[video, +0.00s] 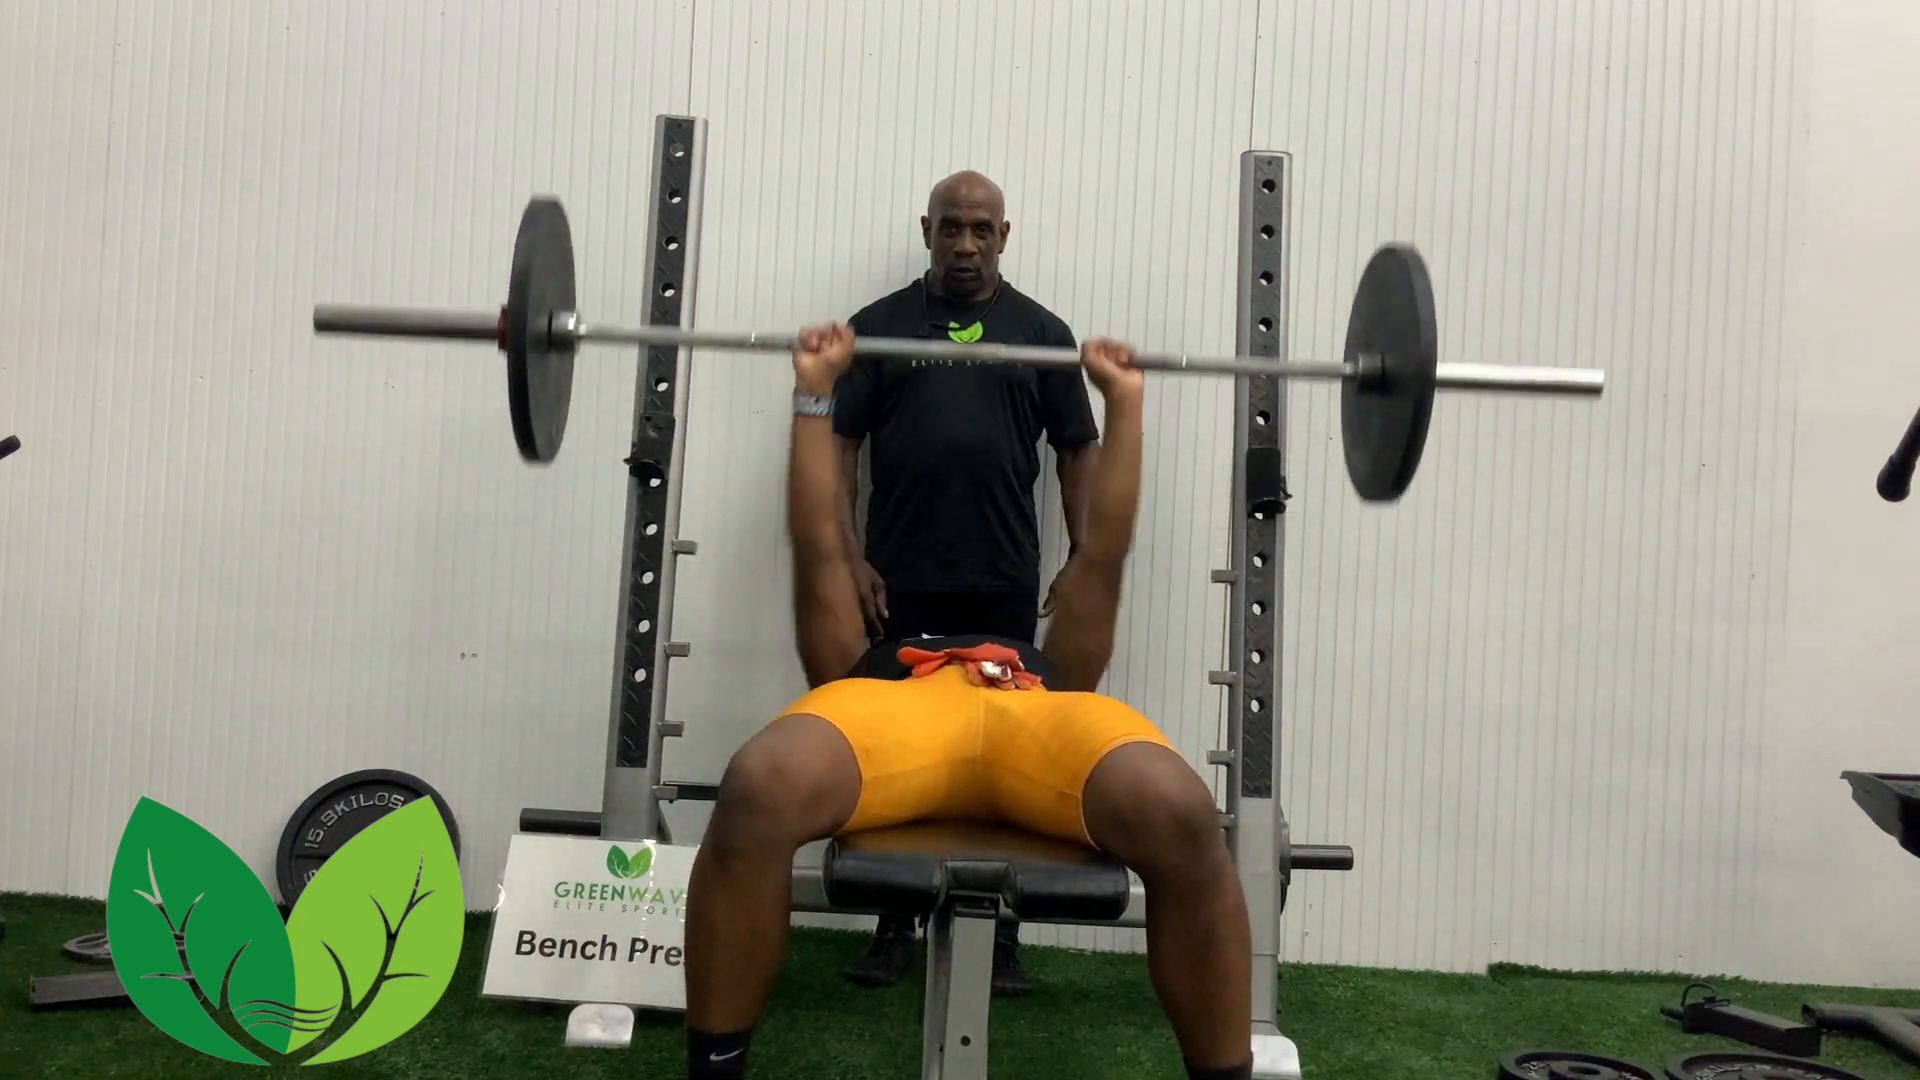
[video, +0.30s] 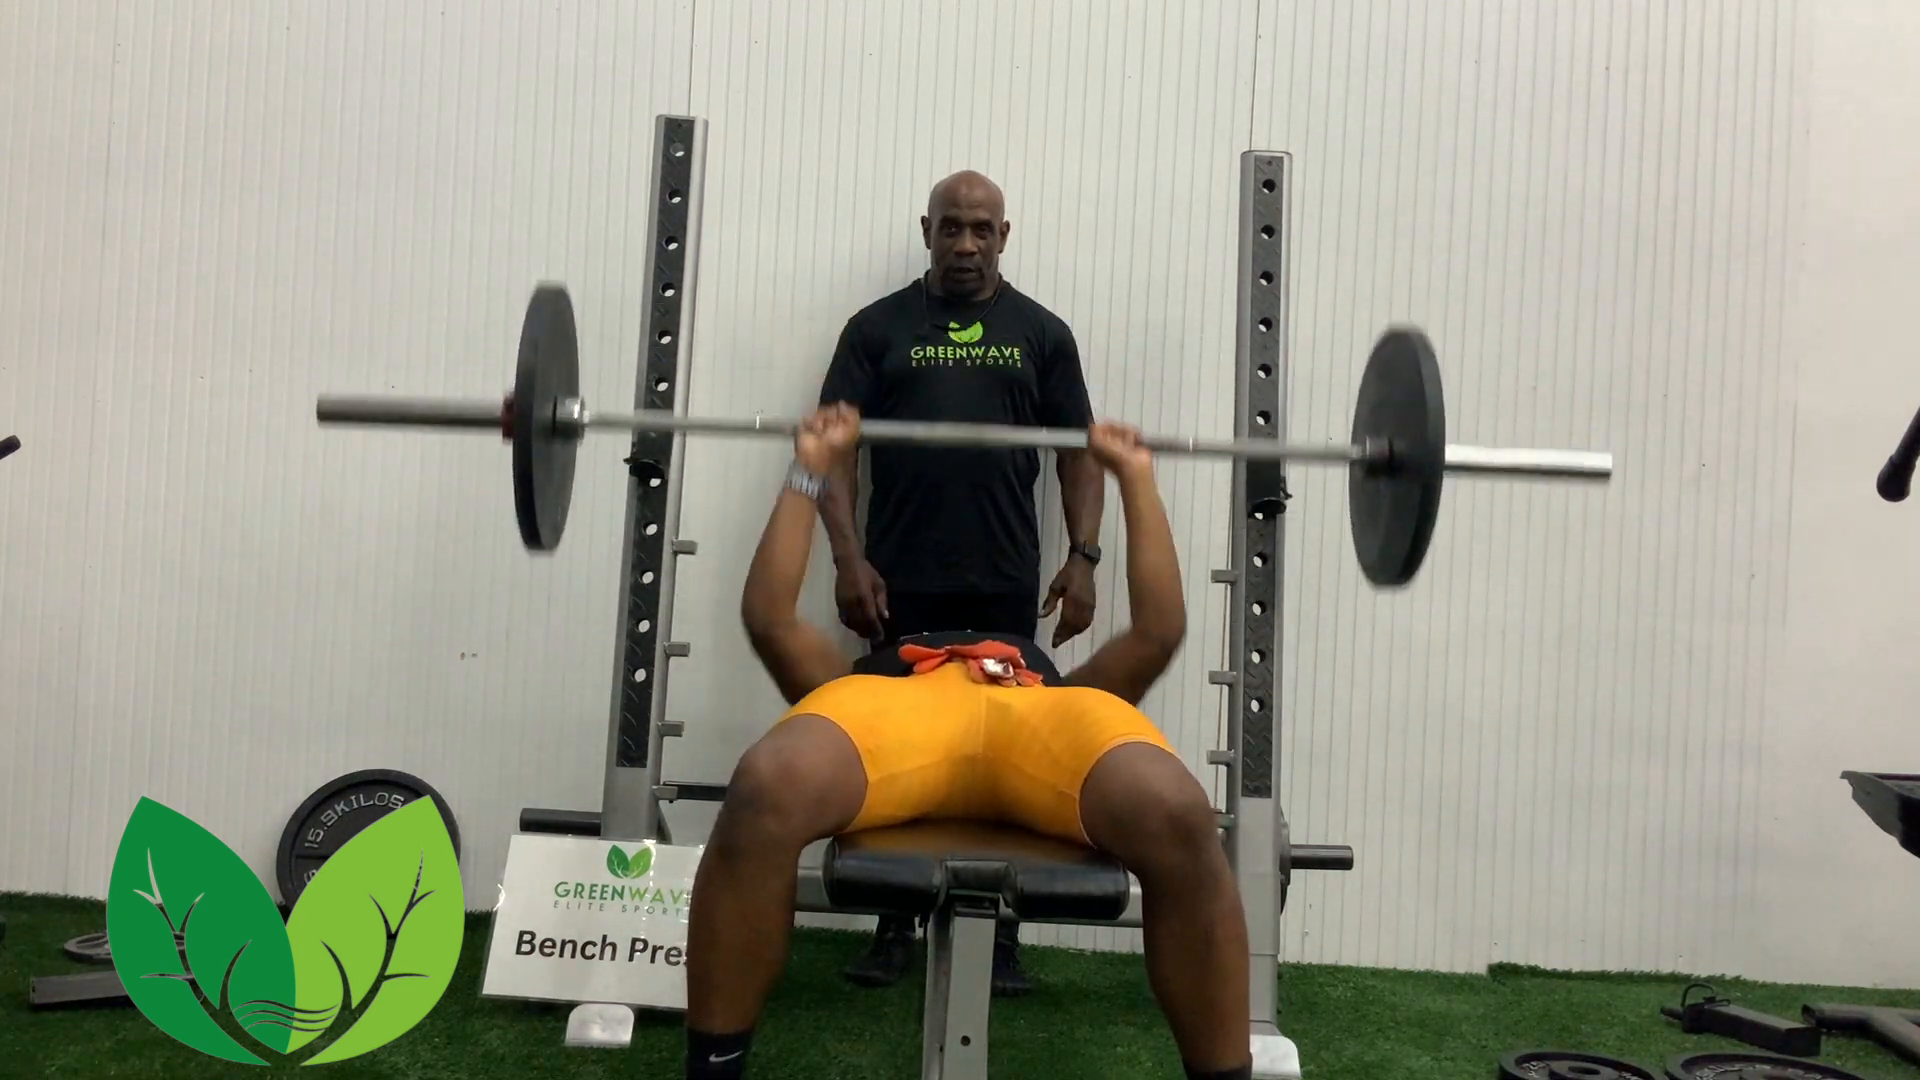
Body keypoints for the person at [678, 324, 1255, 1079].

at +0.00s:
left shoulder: (1058, 684)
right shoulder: (858, 671)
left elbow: (1102, 554)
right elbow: (820, 539)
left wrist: (1125, 398)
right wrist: (813, 395)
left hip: (1045, 711)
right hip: (889, 702)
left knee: (1181, 814)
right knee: (756, 787)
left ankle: (1227, 1073)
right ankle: (714, 1069)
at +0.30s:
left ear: (1032, 676)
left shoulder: (1064, 690)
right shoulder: (864, 679)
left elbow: (1158, 629)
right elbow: (770, 614)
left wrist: (1137, 475)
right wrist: (806, 471)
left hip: (1042, 708)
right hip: (886, 698)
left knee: (1183, 820)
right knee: (764, 788)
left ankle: (1226, 1071)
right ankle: (713, 1062)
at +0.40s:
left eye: (1001, 656)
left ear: (1019, 662)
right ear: (915, 657)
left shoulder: (1058, 691)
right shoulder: (874, 680)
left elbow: (1171, 703)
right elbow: (755, 685)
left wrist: (1136, 552)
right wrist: (805, 547)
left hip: (1041, 704)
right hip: (895, 696)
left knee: (1179, 822)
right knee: (758, 792)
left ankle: (1224, 1069)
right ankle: (712, 1066)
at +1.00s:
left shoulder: (1063, 689)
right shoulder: (854, 681)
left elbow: (1143, 607)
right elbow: (790, 577)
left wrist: (1138, 447)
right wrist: (810, 430)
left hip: (1044, 707)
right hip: (891, 696)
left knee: (1189, 819)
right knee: (758, 789)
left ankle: (1223, 1072)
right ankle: (712, 1065)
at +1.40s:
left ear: (1029, 677)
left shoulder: (1057, 685)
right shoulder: (877, 670)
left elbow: (1153, 661)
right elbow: (785, 642)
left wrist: (1145, 512)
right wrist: (819, 508)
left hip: (1048, 712)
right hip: (892, 702)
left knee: (1179, 822)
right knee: (754, 786)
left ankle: (1224, 1073)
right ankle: (713, 1066)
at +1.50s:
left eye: (1009, 666)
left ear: (1037, 684)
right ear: (918, 654)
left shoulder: (1055, 691)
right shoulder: (884, 681)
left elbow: (1145, 734)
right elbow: (780, 733)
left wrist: (1139, 600)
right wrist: (811, 595)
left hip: (1047, 712)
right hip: (890, 700)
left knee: (1181, 820)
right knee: (757, 786)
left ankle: (1225, 1072)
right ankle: (712, 1064)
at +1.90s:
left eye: (1003, 655)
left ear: (1020, 664)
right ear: (922, 659)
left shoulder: (1052, 686)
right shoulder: (876, 677)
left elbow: (1150, 702)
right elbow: (764, 682)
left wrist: (1142, 550)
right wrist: (810, 544)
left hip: (1042, 704)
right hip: (896, 695)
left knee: (1177, 829)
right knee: (759, 796)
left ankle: (1223, 1070)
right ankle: (713, 1065)